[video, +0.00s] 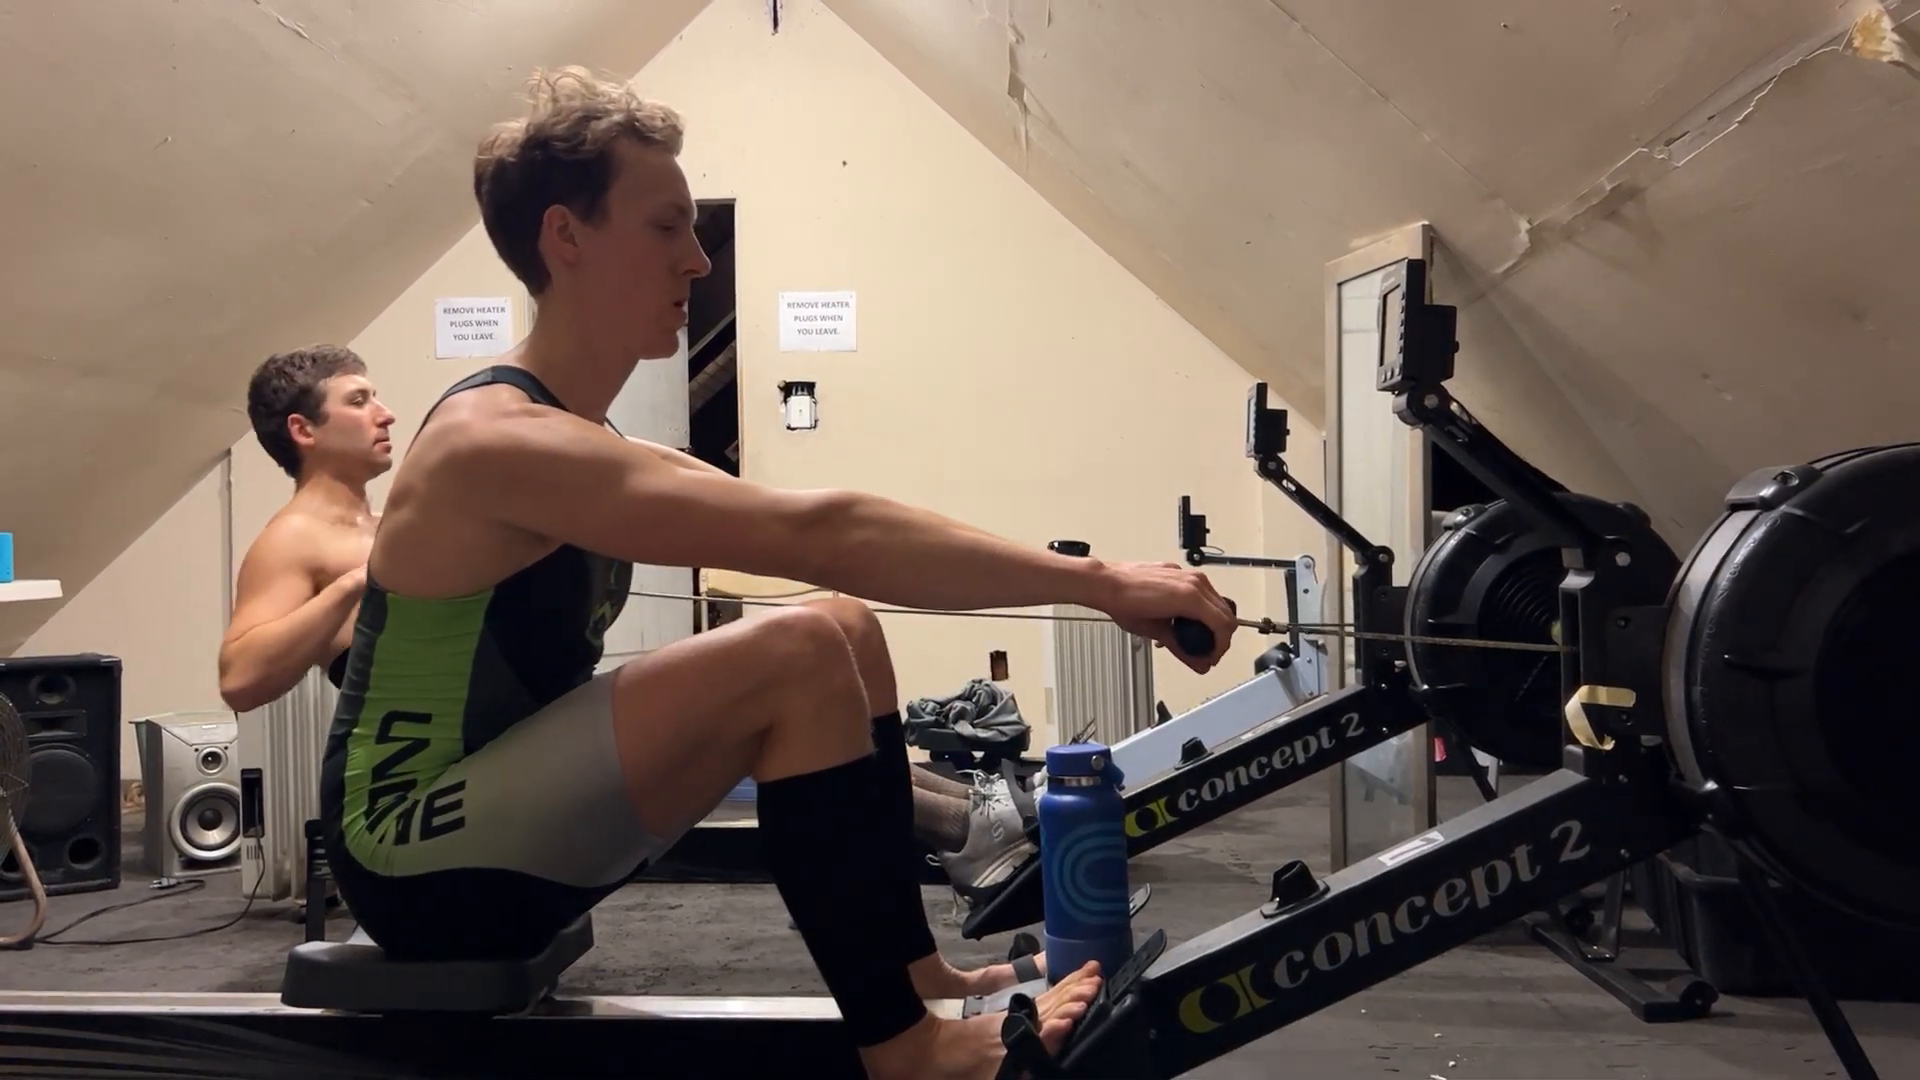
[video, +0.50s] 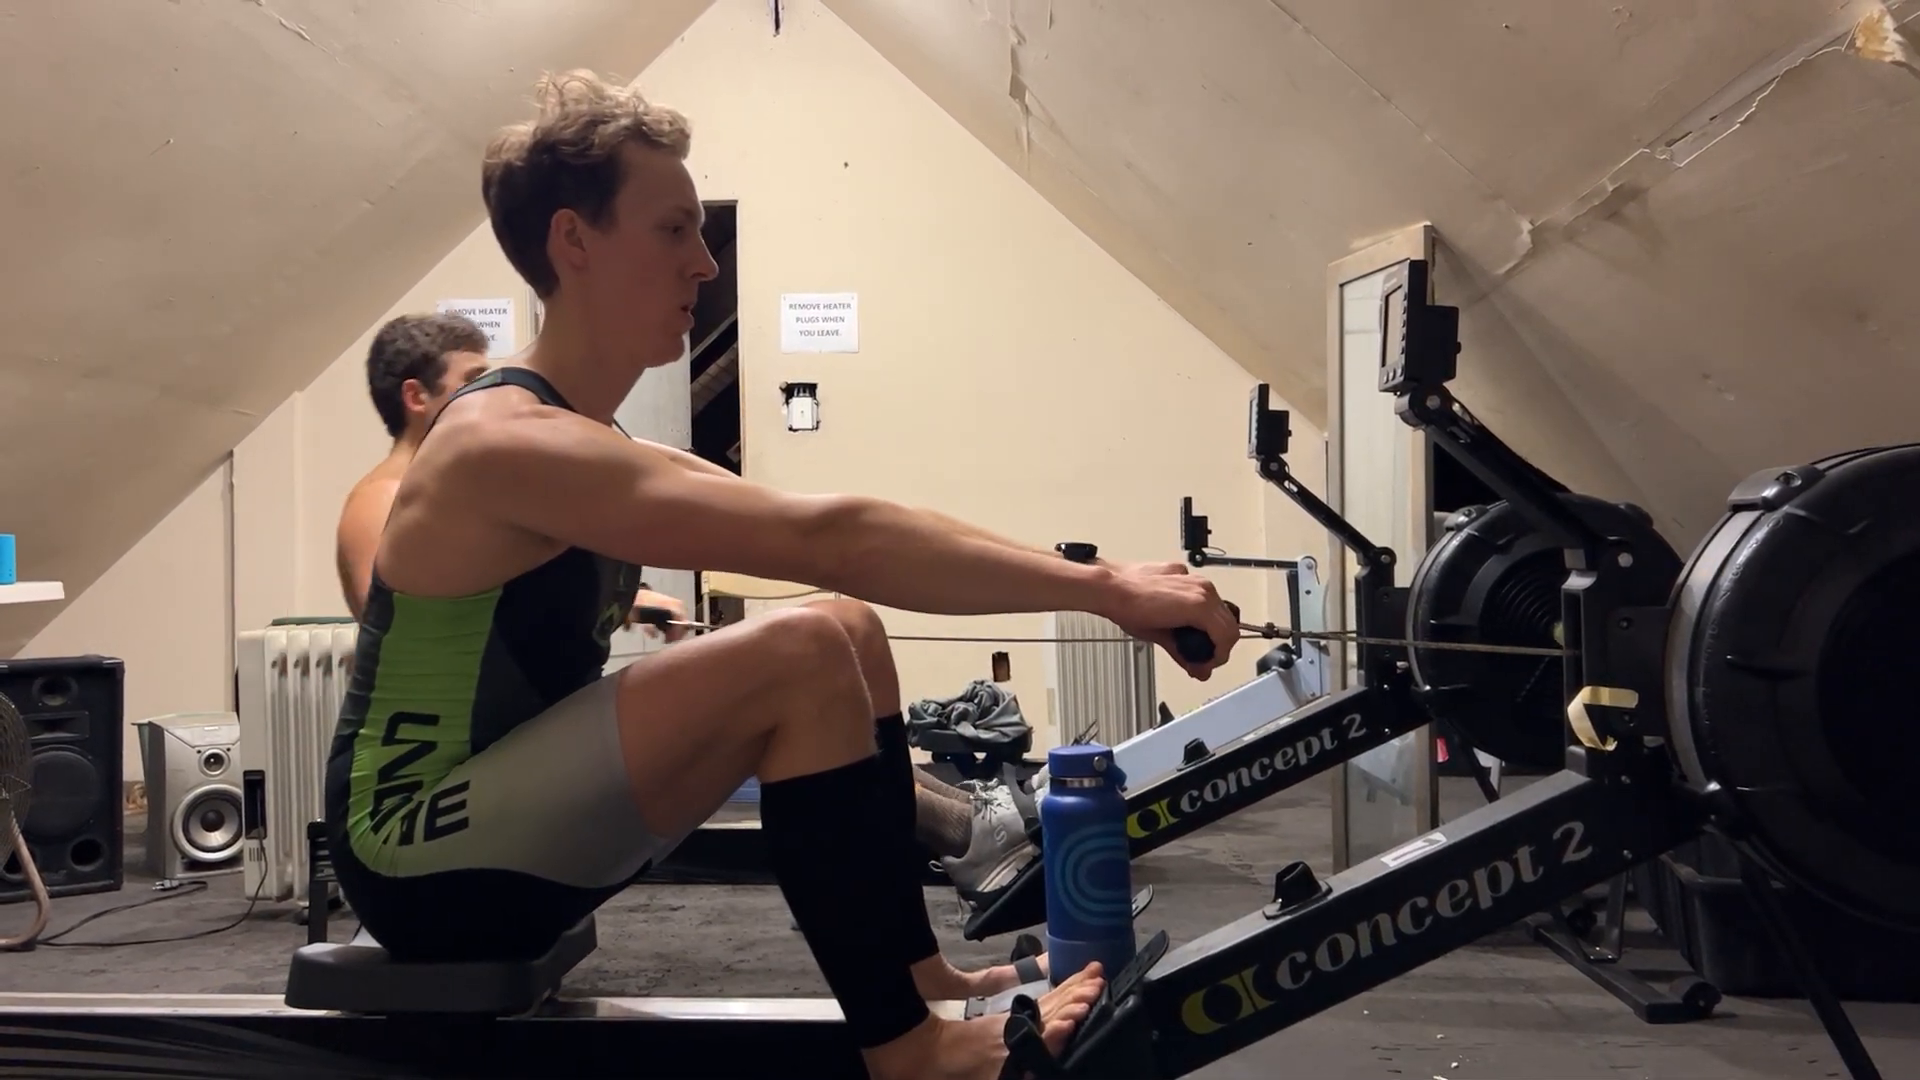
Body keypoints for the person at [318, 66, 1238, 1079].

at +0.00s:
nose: (698, 262)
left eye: (691, 230)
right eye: (668, 229)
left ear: (573, 246)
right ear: (565, 243)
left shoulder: (568, 435)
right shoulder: (498, 440)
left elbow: (816, 547)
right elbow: (815, 535)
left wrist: (1083, 582)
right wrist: (1102, 583)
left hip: (492, 814)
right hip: (424, 850)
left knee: (847, 634)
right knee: (797, 658)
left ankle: (914, 982)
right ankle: (894, 1040)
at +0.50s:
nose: (706, 267)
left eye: (698, 234)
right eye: (675, 233)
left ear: (580, 250)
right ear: (571, 247)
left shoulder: (577, 442)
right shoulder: (504, 441)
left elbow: (823, 545)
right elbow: (818, 540)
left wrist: (1087, 580)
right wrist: (1105, 587)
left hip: (491, 820)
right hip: (425, 851)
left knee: (852, 639)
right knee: (802, 659)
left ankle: (920, 989)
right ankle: (898, 1043)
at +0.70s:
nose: (706, 268)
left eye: (698, 236)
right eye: (677, 234)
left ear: (582, 252)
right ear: (573, 249)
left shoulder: (573, 436)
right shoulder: (505, 438)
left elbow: (563, 606)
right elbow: (820, 539)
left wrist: (703, 611)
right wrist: (1106, 588)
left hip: (496, 814)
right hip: (427, 849)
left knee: (851, 637)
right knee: (800, 659)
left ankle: (918, 986)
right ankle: (897, 1042)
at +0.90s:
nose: (707, 267)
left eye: (699, 235)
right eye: (676, 235)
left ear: (581, 252)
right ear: (572, 248)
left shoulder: (586, 425)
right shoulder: (507, 440)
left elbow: (612, 580)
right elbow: (826, 538)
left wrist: (800, 595)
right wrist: (1109, 585)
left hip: (498, 813)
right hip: (427, 852)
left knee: (844, 640)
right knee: (802, 659)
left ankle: (922, 989)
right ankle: (899, 1044)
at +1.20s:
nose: (710, 267)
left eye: (702, 236)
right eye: (679, 235)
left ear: (581, 252)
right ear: (574, 249)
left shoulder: (584, 439)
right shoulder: (512, 439)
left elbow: (832, 543)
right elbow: (824, 540)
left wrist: (1068, 583)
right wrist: (1111, 587)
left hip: (495, 815)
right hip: (429, 848)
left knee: (849, 648)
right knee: (805, 662)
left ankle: (921, 989)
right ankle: (900, 1043)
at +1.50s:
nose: (711, 267)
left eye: (701, 235)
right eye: (680, 235)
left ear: (584, 256)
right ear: (575, 253)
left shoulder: (589, 447)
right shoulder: (511, 444)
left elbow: (845, 521)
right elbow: (828, 542)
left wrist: (1095, 578)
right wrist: (1115, 594)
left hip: (499, 823)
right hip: (432, 852)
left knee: (851, 641)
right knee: (804, 659)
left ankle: (924, 990)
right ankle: (903, 1045)